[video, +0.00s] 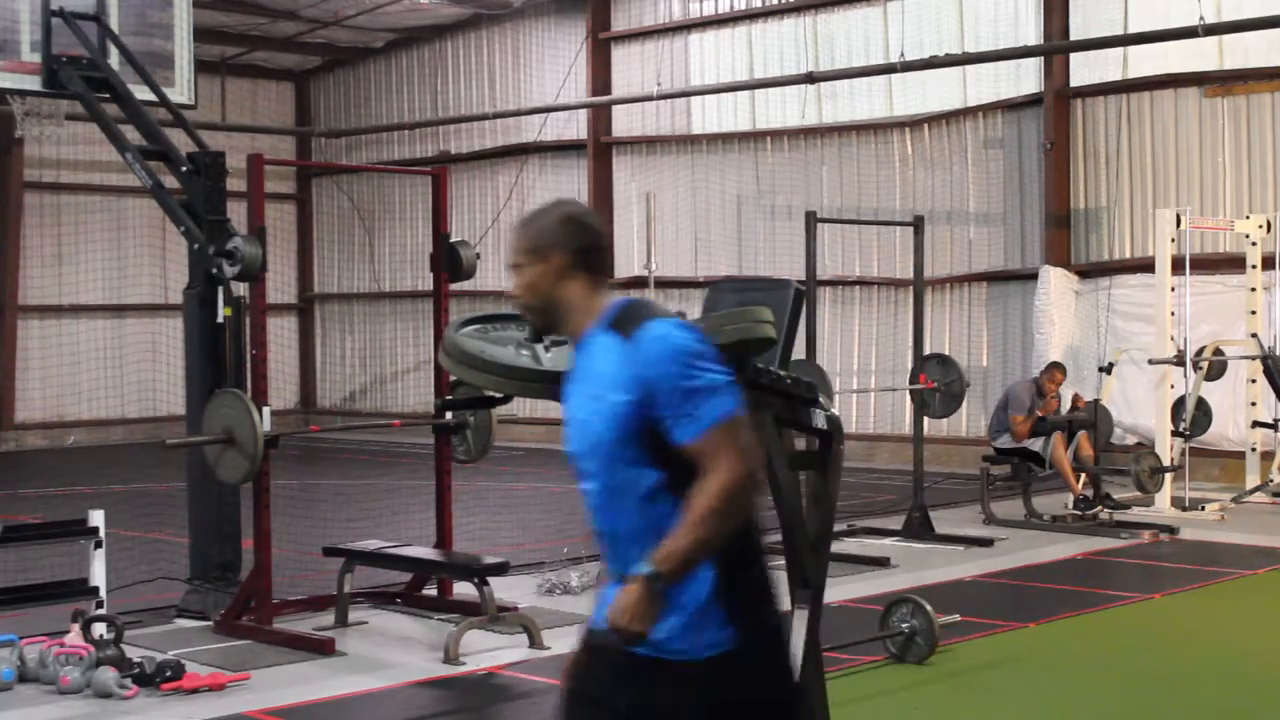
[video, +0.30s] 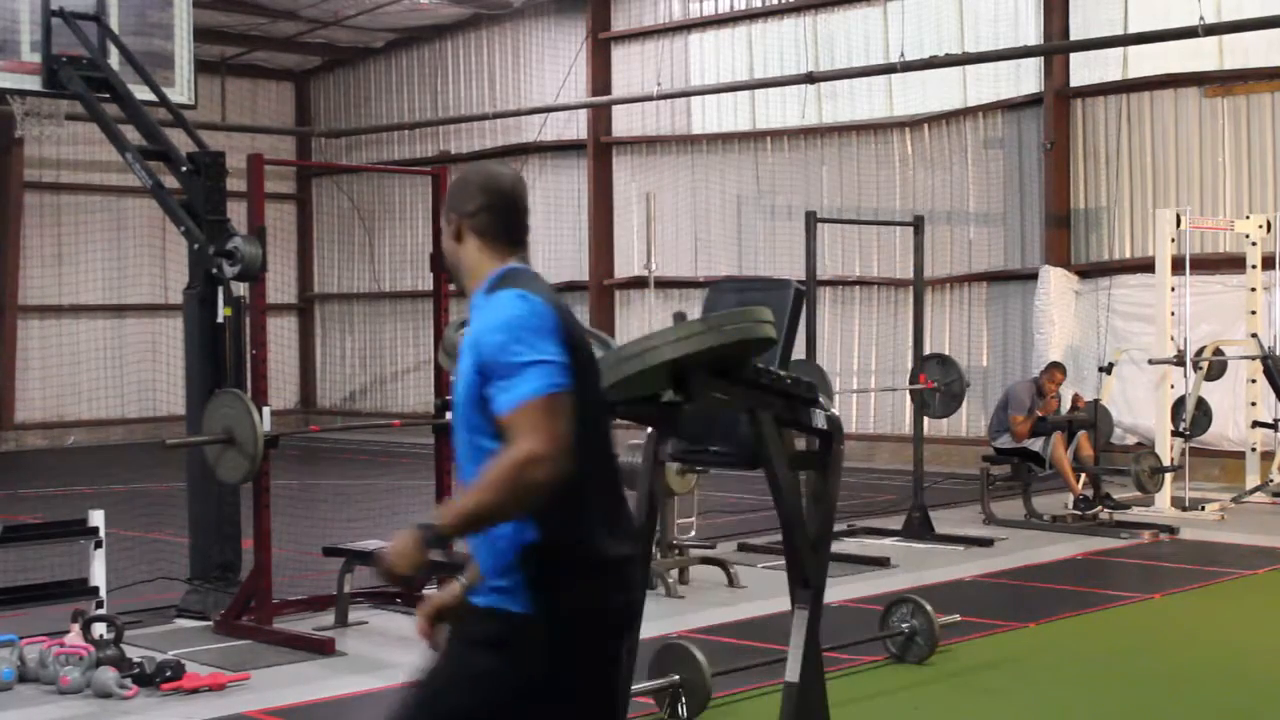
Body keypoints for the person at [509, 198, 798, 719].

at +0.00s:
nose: (512, 288)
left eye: (519, 268)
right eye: (512, 272)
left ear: (561, 264)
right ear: (554, 267)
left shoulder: (661, 344)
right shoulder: (585, 360)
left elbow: (734, 468)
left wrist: (651, 580)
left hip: (707, 645)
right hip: (624, 636)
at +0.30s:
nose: (441, 243)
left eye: (442, 229)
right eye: (443, 230)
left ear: (455, 228)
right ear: (520, 228)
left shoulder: (509, 309)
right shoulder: (531, 305)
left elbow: (541, 453)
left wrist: (428, 533)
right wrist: (470, 585)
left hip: (537, 613)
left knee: (433, 708)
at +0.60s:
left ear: (412, 218)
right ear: (485, 229)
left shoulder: (374, 295)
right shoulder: (528, 331)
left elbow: (312, 439)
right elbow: (546, 491)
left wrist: (255, 498)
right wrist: (498, 560)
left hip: (384, 613)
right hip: (496, 614)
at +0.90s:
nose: (428, 240)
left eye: (427, 227)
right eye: (426, 227)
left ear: (344, 222)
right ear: (411, 230)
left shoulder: (260, 314)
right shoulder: (458, 336)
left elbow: (202, 452)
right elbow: (496, 486)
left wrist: (259, 469)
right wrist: (560, 571)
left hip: (291, 615)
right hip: (405, 618)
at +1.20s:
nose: (442, 265)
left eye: (444, 249)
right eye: (440, 247)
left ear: (357, 239)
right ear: (413, 244)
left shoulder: (261, 325)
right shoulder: (430, 346)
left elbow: (232, 463)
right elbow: (432, 501)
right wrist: (522, 565)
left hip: (271, 621)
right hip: (382, 625)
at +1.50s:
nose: (466, 290)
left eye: (470, 274)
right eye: (466, 271)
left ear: (381, 256)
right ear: (433, 258)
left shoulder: (289, 325)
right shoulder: (434, 346)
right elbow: (496, 484)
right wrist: (591, 441)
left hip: (268, 603)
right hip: (367, 607)